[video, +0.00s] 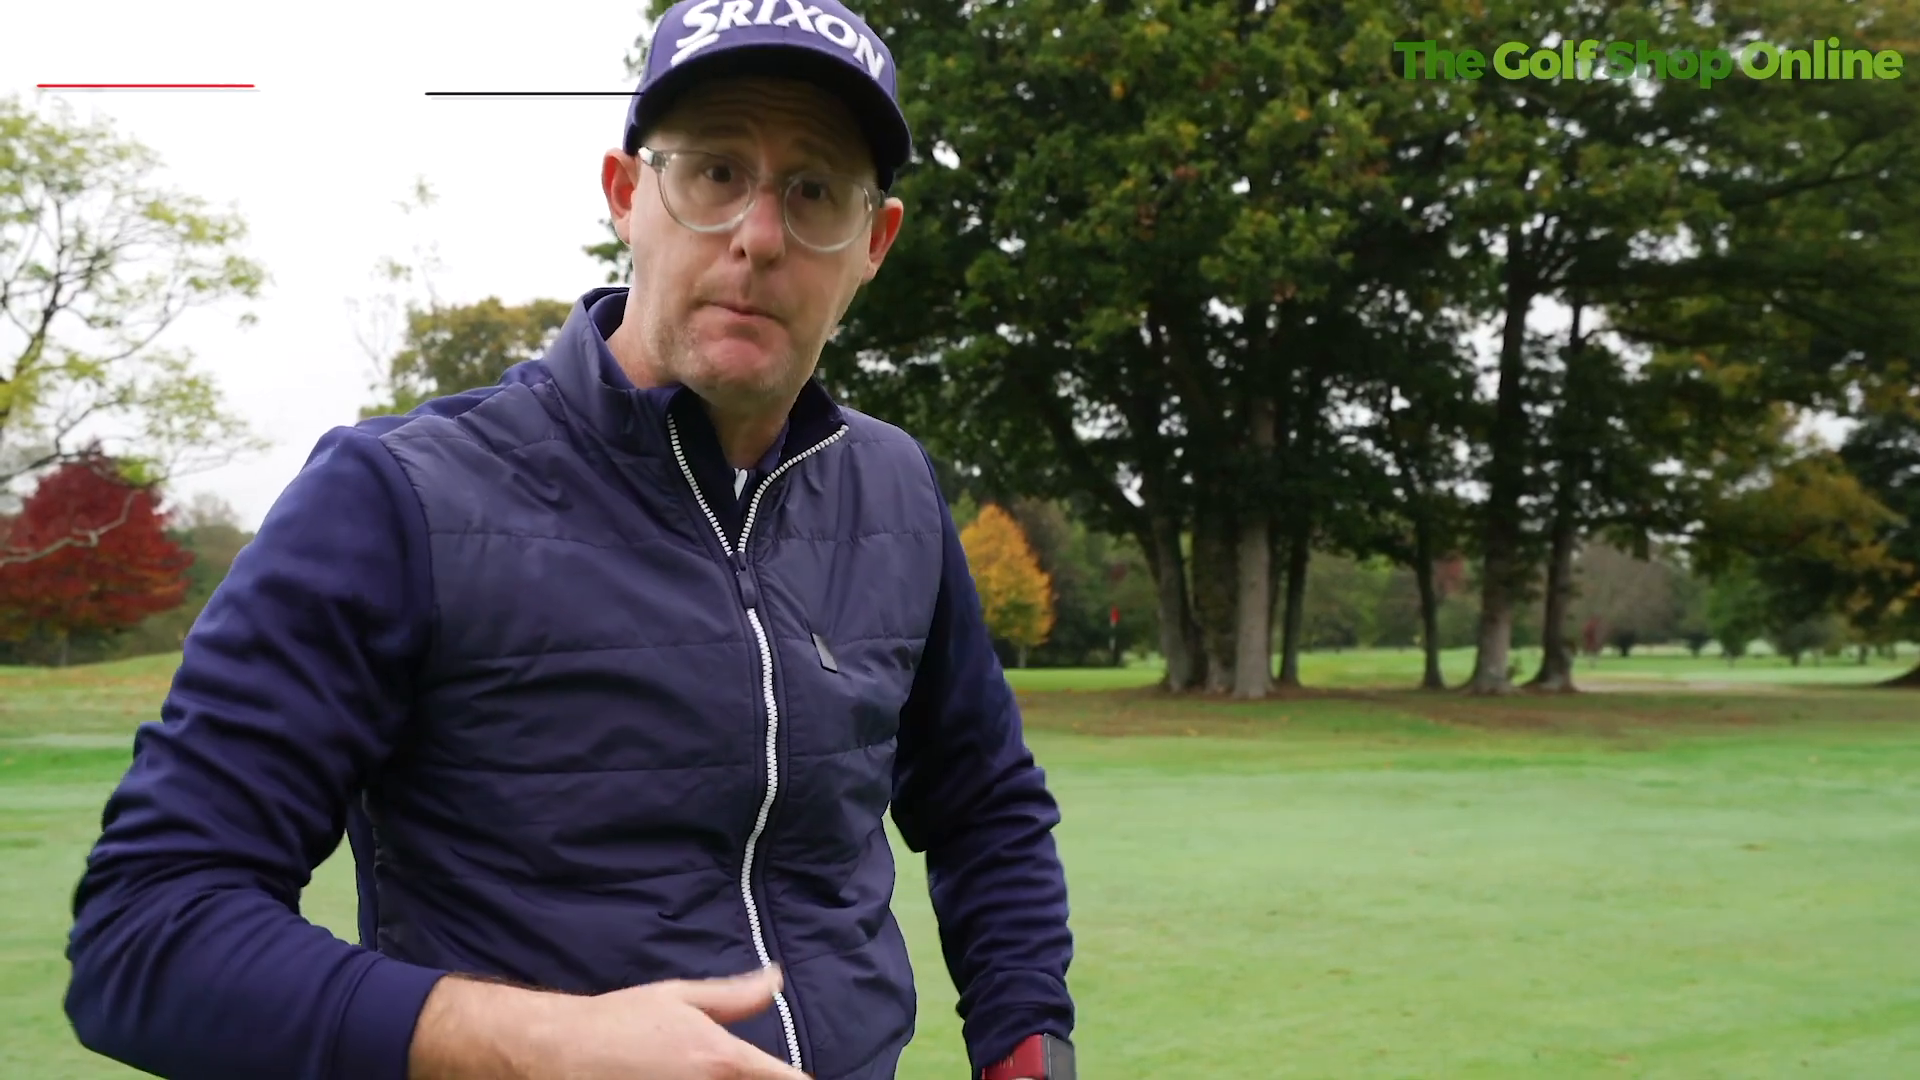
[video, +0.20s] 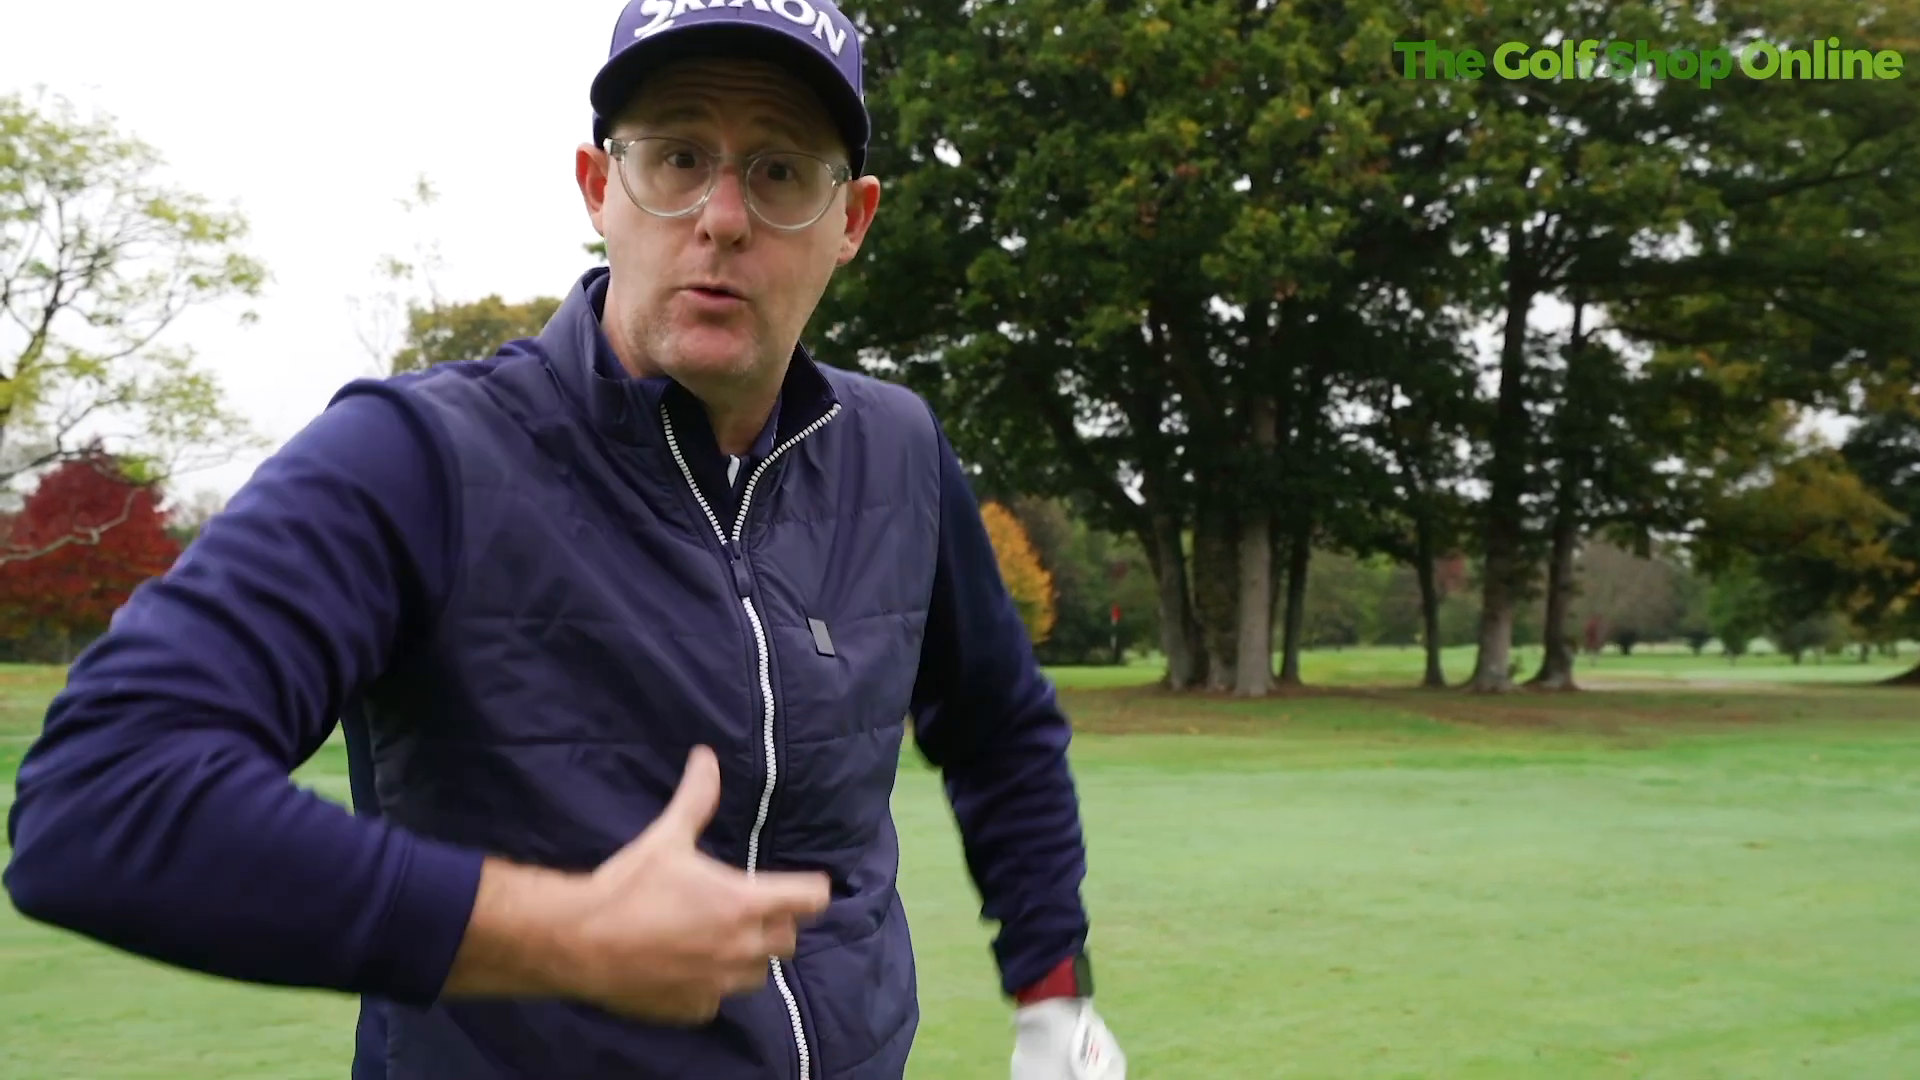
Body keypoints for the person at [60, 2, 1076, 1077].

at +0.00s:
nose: (757, 234)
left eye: (812, 190)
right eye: (717, 171)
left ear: (872, 247)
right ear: (624, 195)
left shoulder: (890, 494)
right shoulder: (405, 496)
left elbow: (989, 812)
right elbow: (146, 930)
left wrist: (1024, 1052)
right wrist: (532, 1037)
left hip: (853, 1061)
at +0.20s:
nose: (723, 218)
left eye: (779, 171)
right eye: (679, 161)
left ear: (851, 223)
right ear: (599, 191)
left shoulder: (898, 459)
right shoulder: (422, 455)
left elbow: (1006, 740)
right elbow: (98, 806)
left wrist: (1052, 1002)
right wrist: (546, 929)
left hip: (854, 1052)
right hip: (510, 1056)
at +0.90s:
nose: (776, 246)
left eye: (830, 191)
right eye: (730, 170)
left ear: (887, 227)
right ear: (628, 173)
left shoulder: (898, 468)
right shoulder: (400, 520)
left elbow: (883, 805)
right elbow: (276, 979)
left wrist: (859, 1022)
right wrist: (574, 1057)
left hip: (853, 1056)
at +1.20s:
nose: (792, 231)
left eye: (844, 181)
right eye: (746, 159)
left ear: (889, 228)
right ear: (638, 169)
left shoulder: (891, 476)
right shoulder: (408, 509)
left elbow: (830, 836)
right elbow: (242, 971)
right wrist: (553, 1064)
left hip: (854, 1054)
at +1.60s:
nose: (759, 195)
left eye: (803, 147)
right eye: (704, 135)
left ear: (852, 194)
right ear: (598, 167)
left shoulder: (875, 472)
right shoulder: (394, 505)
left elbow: (829, 845)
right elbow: (262, 971)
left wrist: (846, 1040)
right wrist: (558, 1073)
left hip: (837, 1054)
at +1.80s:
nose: (747, 229)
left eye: (797, 177)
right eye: (700, 160)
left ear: (844, 214)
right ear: (596, 170)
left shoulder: (860, 461)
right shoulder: (408, 476)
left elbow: (878, 778)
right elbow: (117, 893)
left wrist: (881, 1021)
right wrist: (554, 1029)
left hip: (851, 1058)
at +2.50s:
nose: (849, 310)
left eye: (869, 248)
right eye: (793, 249)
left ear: (891, 224)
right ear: (629, 219)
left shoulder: (849, 484)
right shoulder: (410, 553)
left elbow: (887, 853)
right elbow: (366, 1024)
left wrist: (913, 1064)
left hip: (828, 1053)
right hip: (572, 1058)